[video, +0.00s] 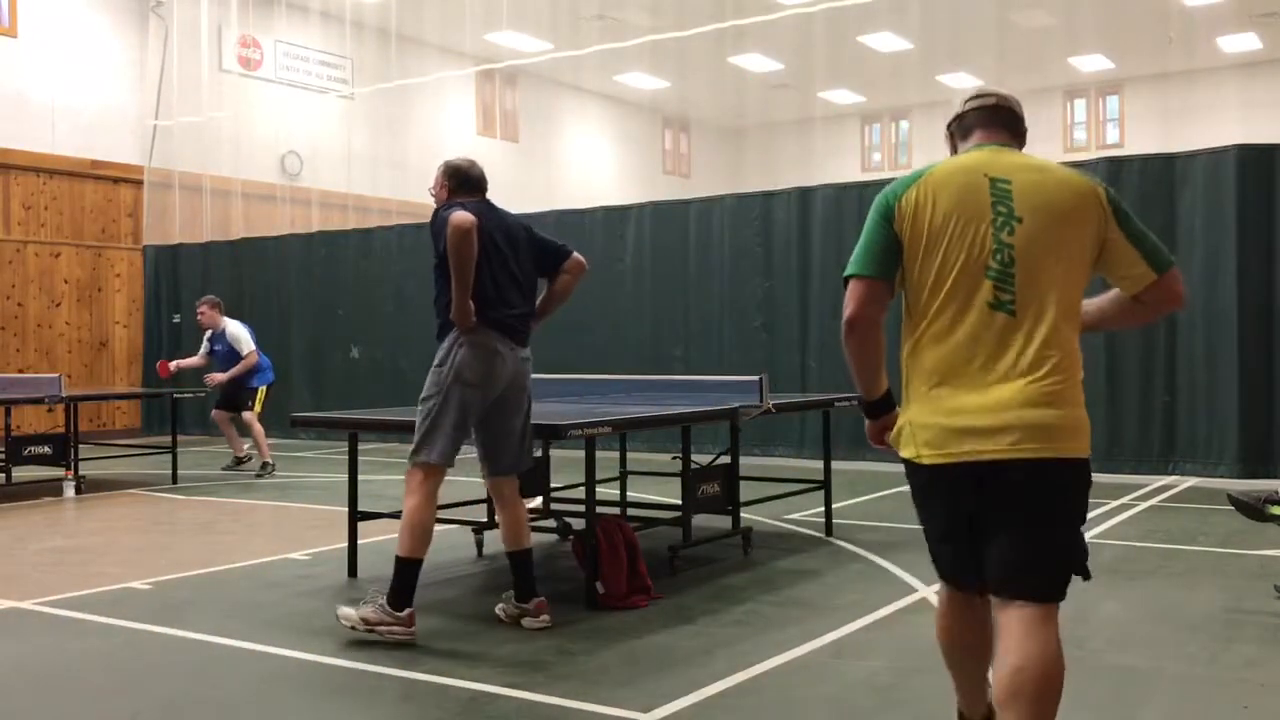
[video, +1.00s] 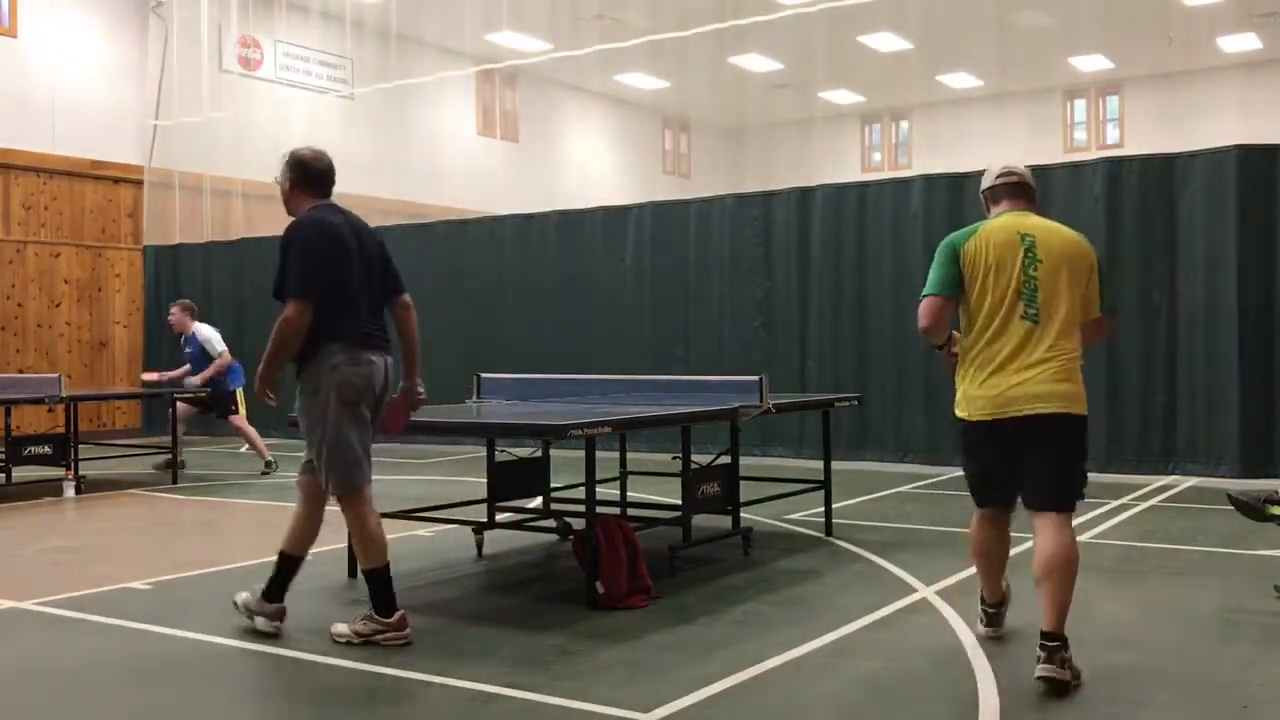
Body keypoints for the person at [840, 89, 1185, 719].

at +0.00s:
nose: (950, 157)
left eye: (950, 150)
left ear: (955, 143)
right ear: (1023, 143)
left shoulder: (906, 194)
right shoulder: (1081, 190)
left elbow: (859, 313)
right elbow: (1164, 291)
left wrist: (877, 405)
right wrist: (1070, 316)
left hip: (938, 441)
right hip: (1047, 441)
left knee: (960, 586)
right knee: (1030, 607)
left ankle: (974, 709)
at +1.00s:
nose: (990, 208)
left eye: (988, 201)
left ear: (987, 202)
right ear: (1034, 199)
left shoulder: (960, 244)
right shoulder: (1076, 245)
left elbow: (929, 320)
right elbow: (1095, 330)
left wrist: (947, 339)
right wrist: (1049, 341)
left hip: (986, 405)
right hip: (1058, 403)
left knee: (991, 511)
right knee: (1054, 518)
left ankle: (993, 607)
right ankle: (1052, 648)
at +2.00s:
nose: (968, 237)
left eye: (968, 232)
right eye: (971, 232)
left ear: (974, 231)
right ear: (1007, 229)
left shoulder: (956, 263)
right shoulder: (1042, 265)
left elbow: (928, 310)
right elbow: (1053, 318)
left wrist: (959, 275)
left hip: (975, 388)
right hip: (1030, 388)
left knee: (973, 464)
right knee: (1029, 469)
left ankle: (968, 545)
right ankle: (1033, 562)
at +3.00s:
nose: (920, 255)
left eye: (920, 250)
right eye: (921, 250)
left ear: (926, 250)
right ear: (952, 246)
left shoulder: (923, 276)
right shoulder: (984, 277)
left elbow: (877, 290)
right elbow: (990, 317)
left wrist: (895, 258)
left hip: (932, 380)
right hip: (977, 380)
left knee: (923, 440)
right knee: (978, 444)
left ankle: (927, 509)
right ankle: (984, 519)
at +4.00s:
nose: (802, 269)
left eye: (805, 263)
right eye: (802, 263)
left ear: (821, 261)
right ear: (826, 262)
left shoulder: (830, 286)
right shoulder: (852, 285)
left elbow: (838, 329)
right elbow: (862, 335)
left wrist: (812, 360)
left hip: (831, 377)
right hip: (857, 377)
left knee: (800, 425)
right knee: (846, 433)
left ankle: (842, 474)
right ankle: (852, 496)